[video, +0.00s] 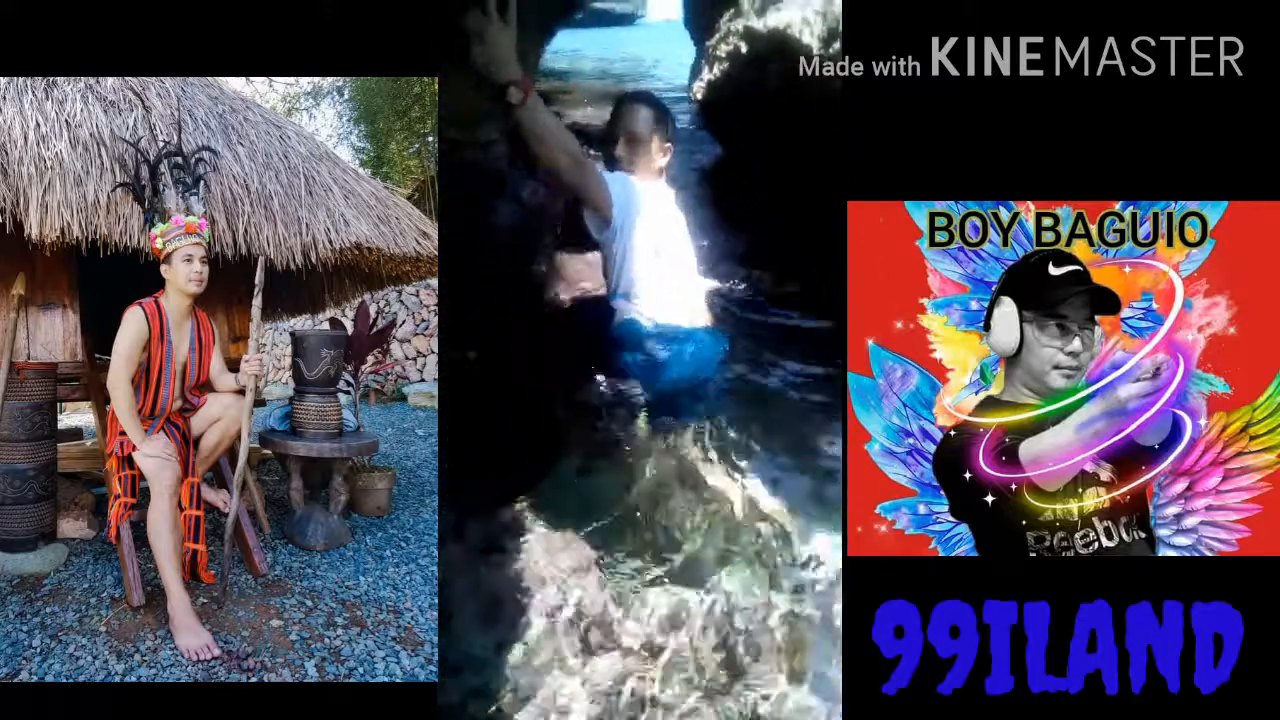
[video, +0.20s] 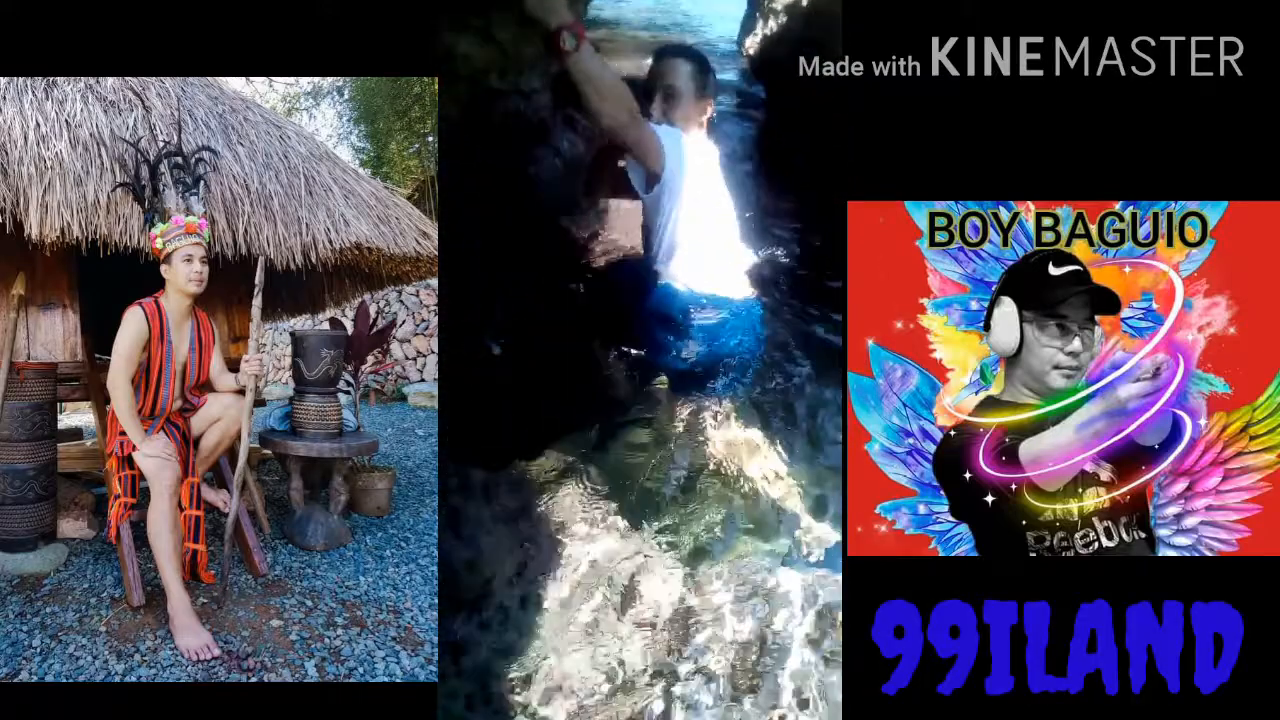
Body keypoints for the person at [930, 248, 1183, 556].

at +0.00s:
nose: (1077, 346)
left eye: (1087, 328)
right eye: (1057, 327)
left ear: (1097, 335)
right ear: (1007, 326)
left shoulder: (1113, 411)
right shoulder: (962, 446)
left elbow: (1158, 436)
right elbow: (1016, 473)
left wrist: (1148, 396)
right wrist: (1107, 413)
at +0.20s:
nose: (1077, 346)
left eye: (1087, 328)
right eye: (1057, 327)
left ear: (1097, 335)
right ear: (1007, 326)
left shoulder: (1113, 411)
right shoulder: (962, 446)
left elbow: (1158, 436)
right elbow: (1016, 473)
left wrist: (1148, 396)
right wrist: (1107, 413)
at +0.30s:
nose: (1077, 346)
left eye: (1086, 328)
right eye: (1057, 327)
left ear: (1097, 335)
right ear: (1008, 327)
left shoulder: (1112, 410)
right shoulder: (962, 446)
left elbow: (1157, 435)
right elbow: (1017, 472)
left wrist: (1148, 395)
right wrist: (1106, 414)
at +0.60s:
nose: (1077, 346)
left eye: (1086, 328)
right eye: (1057, 327)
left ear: (1097, 335)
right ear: (1008, 327)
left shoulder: (1112, 410)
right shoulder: (962, 446)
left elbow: (1157, 435)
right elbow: (1017, 472)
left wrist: (1148, 395)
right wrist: (1106, 414)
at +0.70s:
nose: (1077, 346)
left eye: (1087, 328)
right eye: (1057, 327)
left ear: (1097, 335)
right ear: (1007, 326)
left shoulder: (1113, 411)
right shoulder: (962, 446)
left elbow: (1158, 436)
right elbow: (1016, 473)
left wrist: (1148, 396)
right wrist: (1107, 413)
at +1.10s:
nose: (1077, 346)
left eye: (1086, 328)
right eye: (1057, 327)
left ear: (1097, 334)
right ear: (1008, 327)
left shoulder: (1112, 410)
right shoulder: (962, 446)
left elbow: (1157, 436)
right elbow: (1017, 473)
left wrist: (1148, 395)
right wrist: (1107, 413)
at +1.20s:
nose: (1077, 346)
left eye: (1087, 328)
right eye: (1057, 327)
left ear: (1097, 334)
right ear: (1008, 326)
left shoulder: (1112, 409)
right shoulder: (962, 446)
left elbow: (1157, 435)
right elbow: (1021, 471)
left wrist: (1148, 396)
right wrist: (1108, 411)